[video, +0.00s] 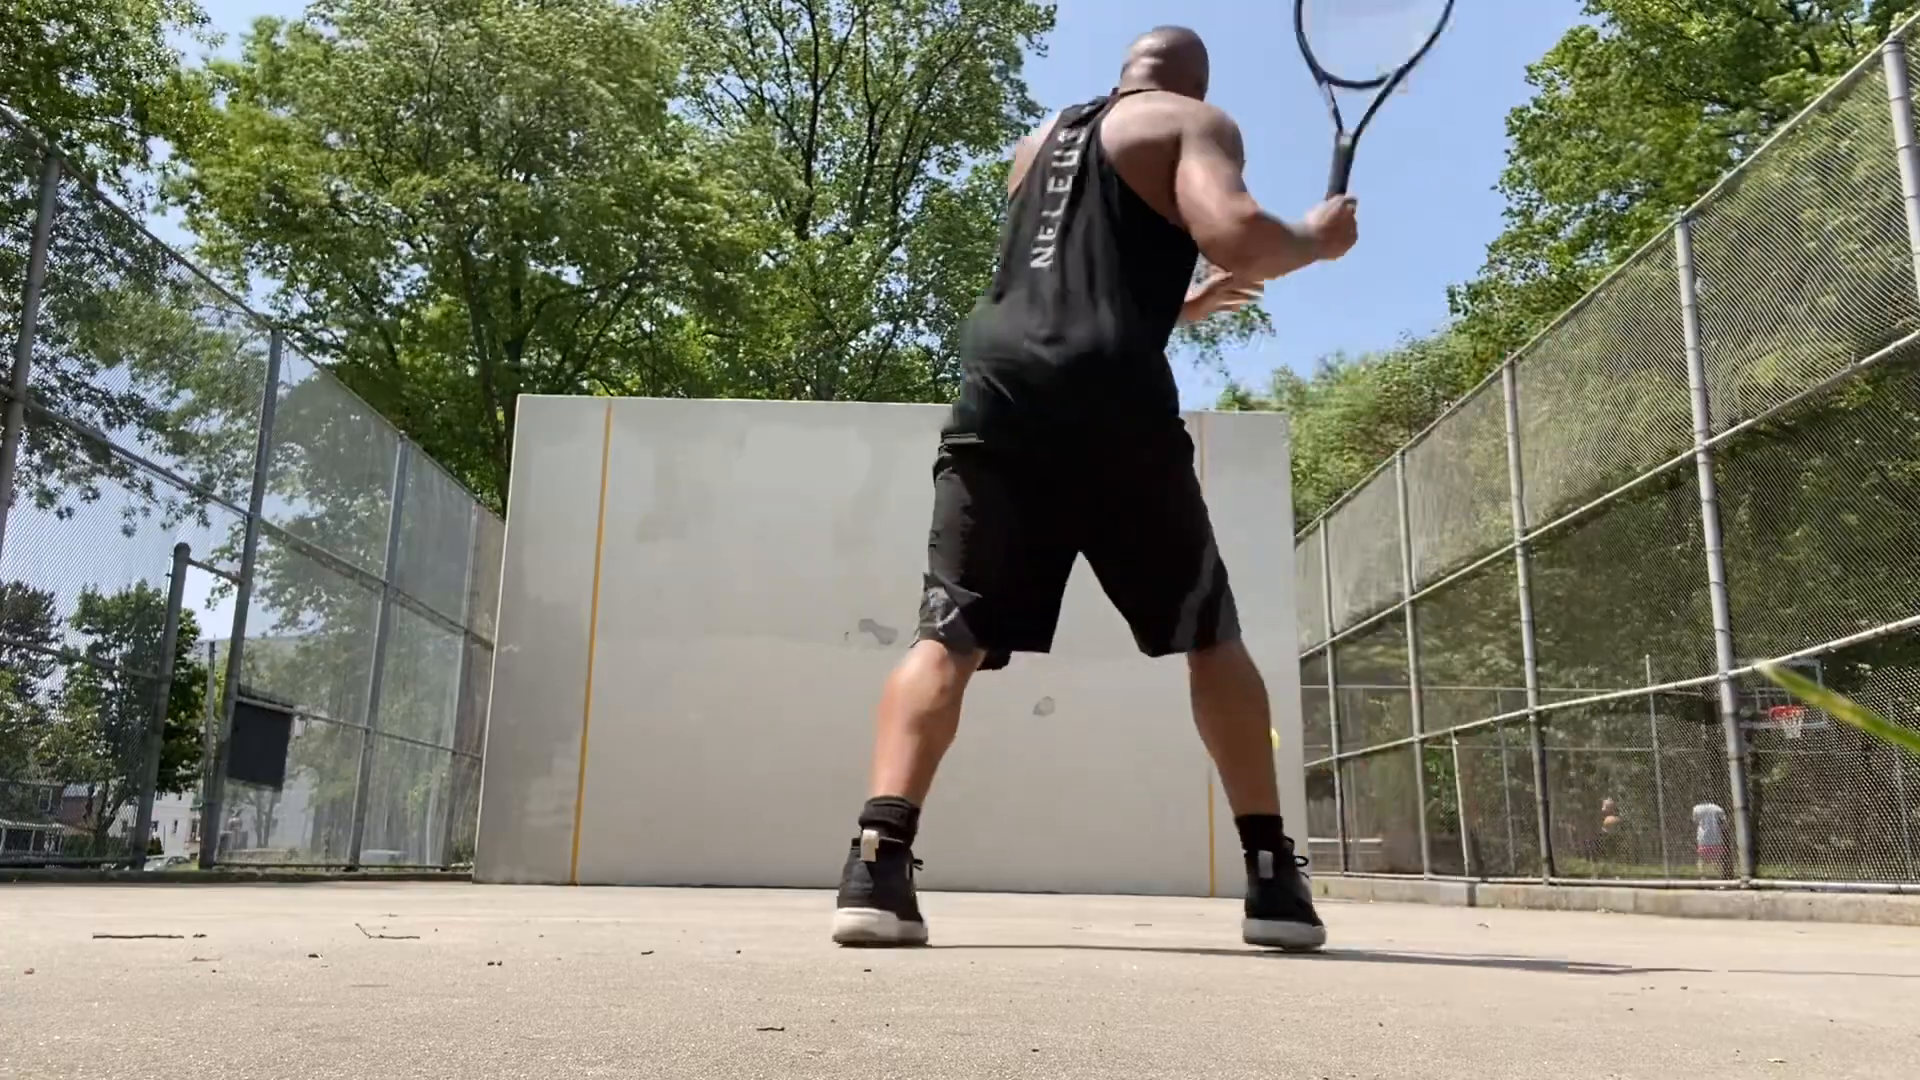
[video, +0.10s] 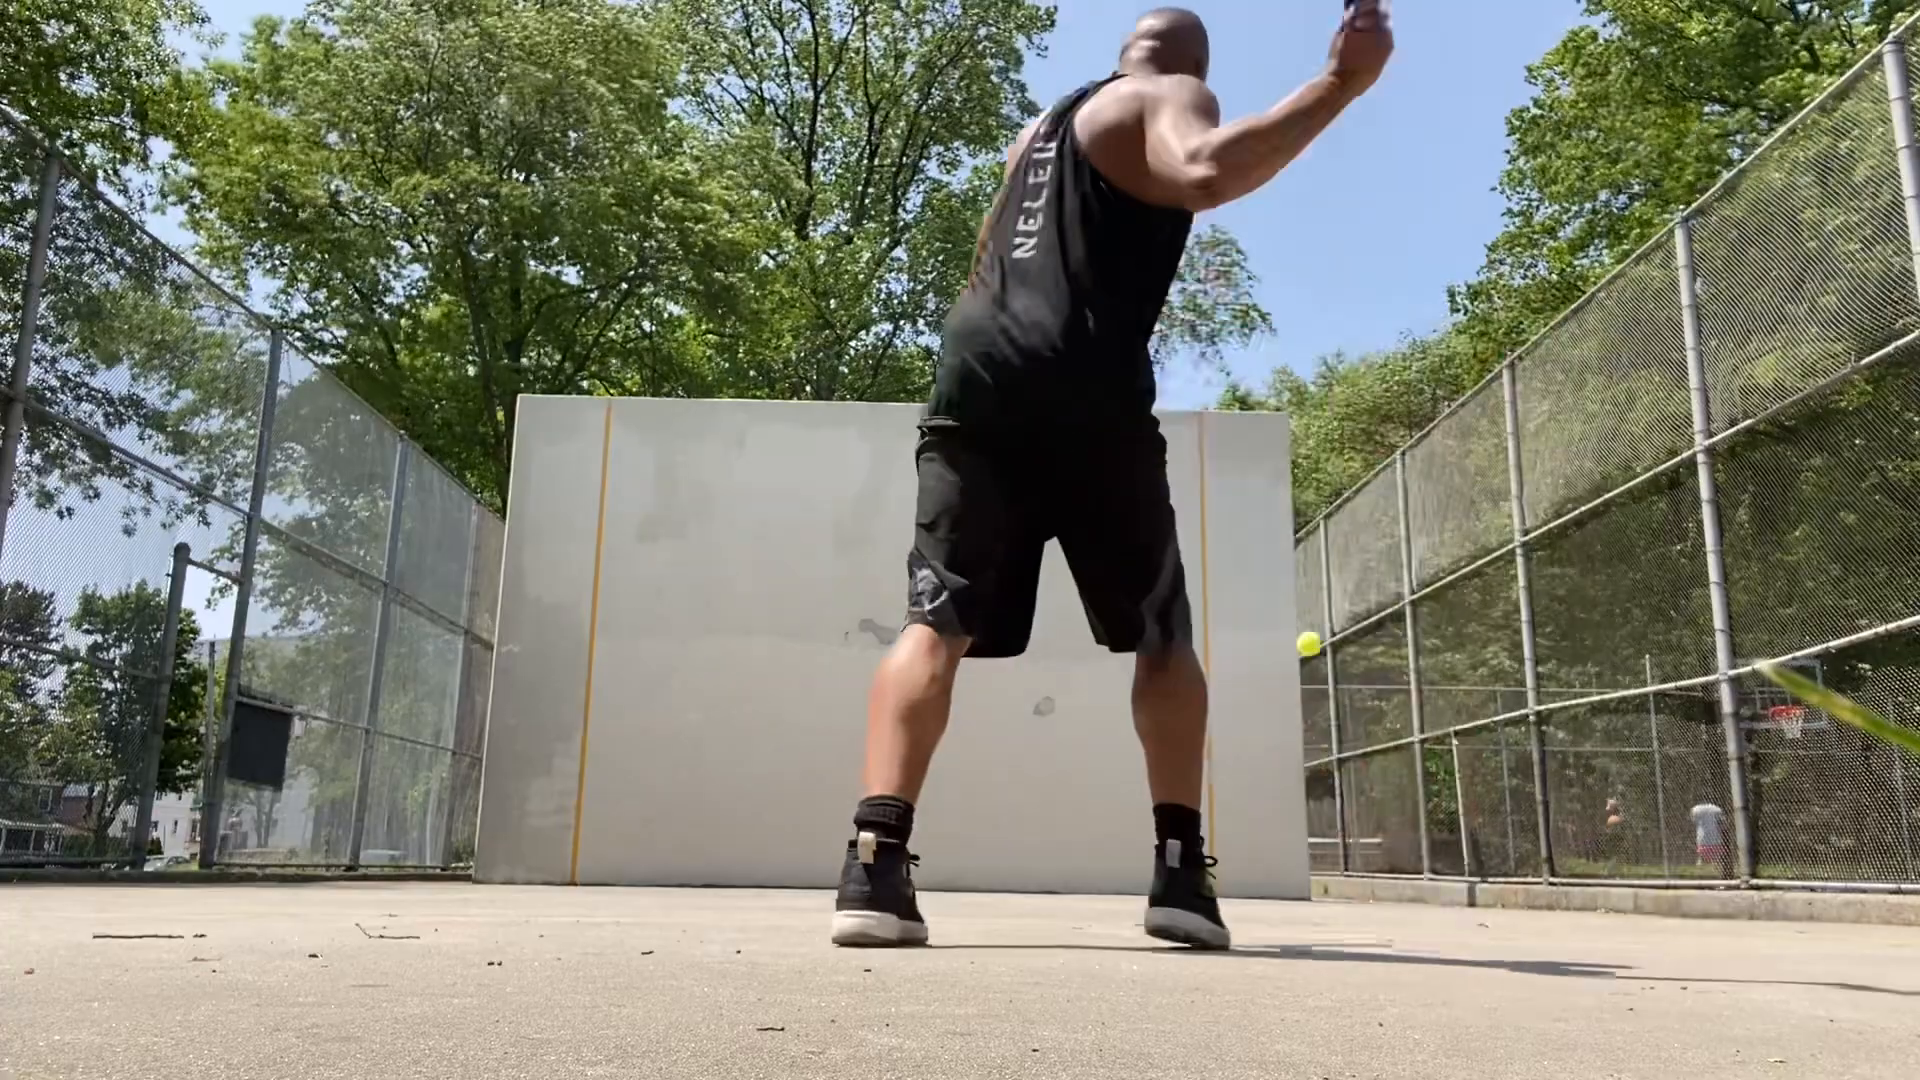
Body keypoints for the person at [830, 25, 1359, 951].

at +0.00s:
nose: (1202, 101)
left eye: (1184, 85)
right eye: (1204, 91)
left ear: (1123, 73)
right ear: (1196, 84)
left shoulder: (1038, 143)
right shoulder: (1194, 119)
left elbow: (1060, 296)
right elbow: (1235, 240)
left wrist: (1191, 304)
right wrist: (1315, 240)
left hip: (994, 401)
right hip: (1116, 408)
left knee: (948, 635)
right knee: (1210, 637)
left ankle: (876, 867)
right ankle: (1275, 881)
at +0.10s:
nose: (1201, 93)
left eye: (1195, 80)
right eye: (1203, 80)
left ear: (1124, 51)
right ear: (1190, 66)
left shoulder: (1037, 131)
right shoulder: (1166, 91)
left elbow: (993, 249)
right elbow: (1200, 172)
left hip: (973, 377)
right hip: (1090, 392)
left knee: (933, 625)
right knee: (1162, 638)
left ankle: (874, 870)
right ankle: (1179, 879)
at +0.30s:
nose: (1198, 117)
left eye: (1195, 103)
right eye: (1196, 104)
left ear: (1117, 68)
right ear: (1186, 88)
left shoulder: (1025, 138)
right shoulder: (1168, 126)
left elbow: (897, 223)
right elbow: (1215, 240)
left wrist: (862, 273)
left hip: (971, 388)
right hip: (1095, 401)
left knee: (933, 629)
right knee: (1164, 642)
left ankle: (867, 854)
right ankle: (1177, 886)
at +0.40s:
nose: (1167, 74)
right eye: (1170, 61)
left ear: (1084, 43)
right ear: (1164, 62)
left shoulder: (1003, 93)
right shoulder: (1191, 122)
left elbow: (916, 235)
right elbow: (1213, 292)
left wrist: (868, 275)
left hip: (999, 392)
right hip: (1132, 412)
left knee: (928, 589)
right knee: (1155, 640)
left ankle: (859, 780)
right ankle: (1177, 886)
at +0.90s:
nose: (972, 27)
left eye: (971, 19)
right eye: (1063, 22)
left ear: (978, 20)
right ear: (1061, 29)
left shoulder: (930, 75)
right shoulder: (1095, 129)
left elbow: (884, 230)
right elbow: (1045, 262)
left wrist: (847, 219)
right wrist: (901, 249)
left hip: (937, 409)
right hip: (1061, 420)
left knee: (865, 618)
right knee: (1102, 640)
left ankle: (833, 866)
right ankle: (1176, 882)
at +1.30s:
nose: (1061, 83)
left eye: (1047, 74)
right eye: (1060, 75)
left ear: (977, 83)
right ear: (1054, 75)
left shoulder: (901, 161)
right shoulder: (1071, 113)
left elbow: (866, 300)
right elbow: (1090, 226)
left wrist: (905, 381)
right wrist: (1054, 367)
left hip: (879, 387)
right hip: (1009, 377)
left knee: (837, 634)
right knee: (1149, 604)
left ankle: (763, 863)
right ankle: (1183, 872)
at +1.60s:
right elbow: (1388, 7)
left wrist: (1307, 204)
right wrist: (1353, 147)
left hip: (1033, 278)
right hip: (1172, 269)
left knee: (1004, 576)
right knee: (1274, 564)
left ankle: (908, 845)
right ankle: (1246, 875)